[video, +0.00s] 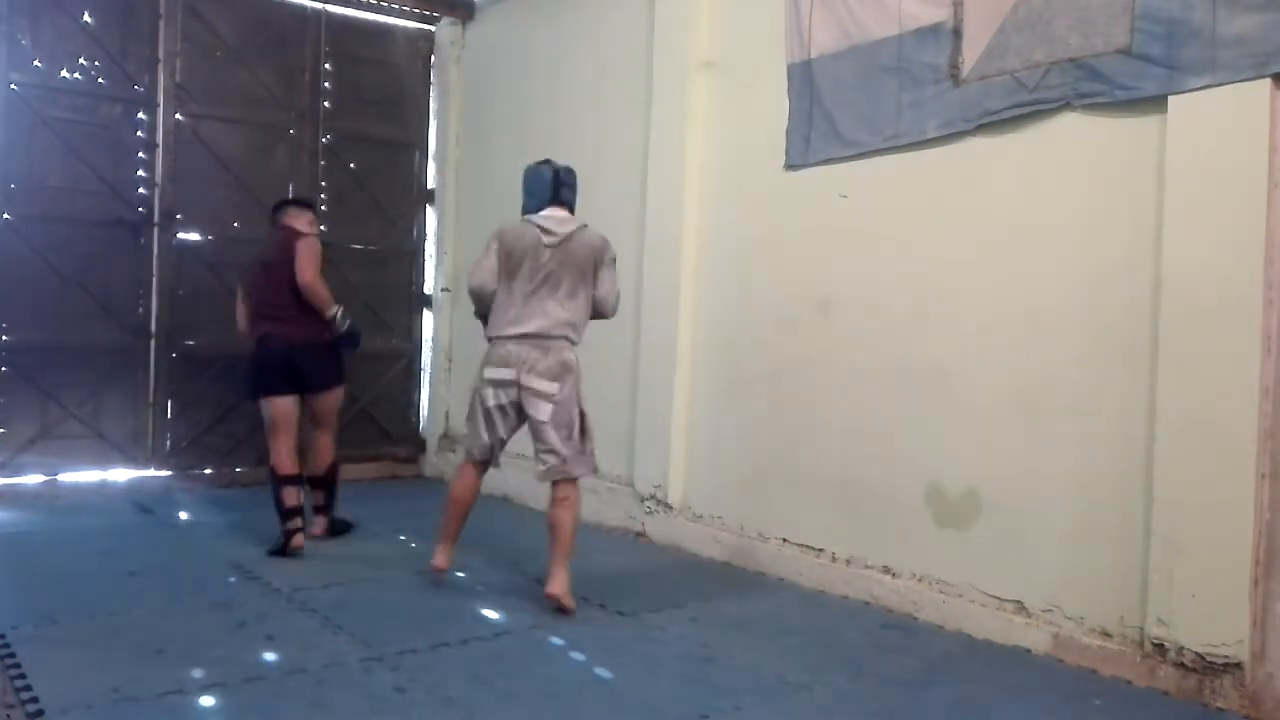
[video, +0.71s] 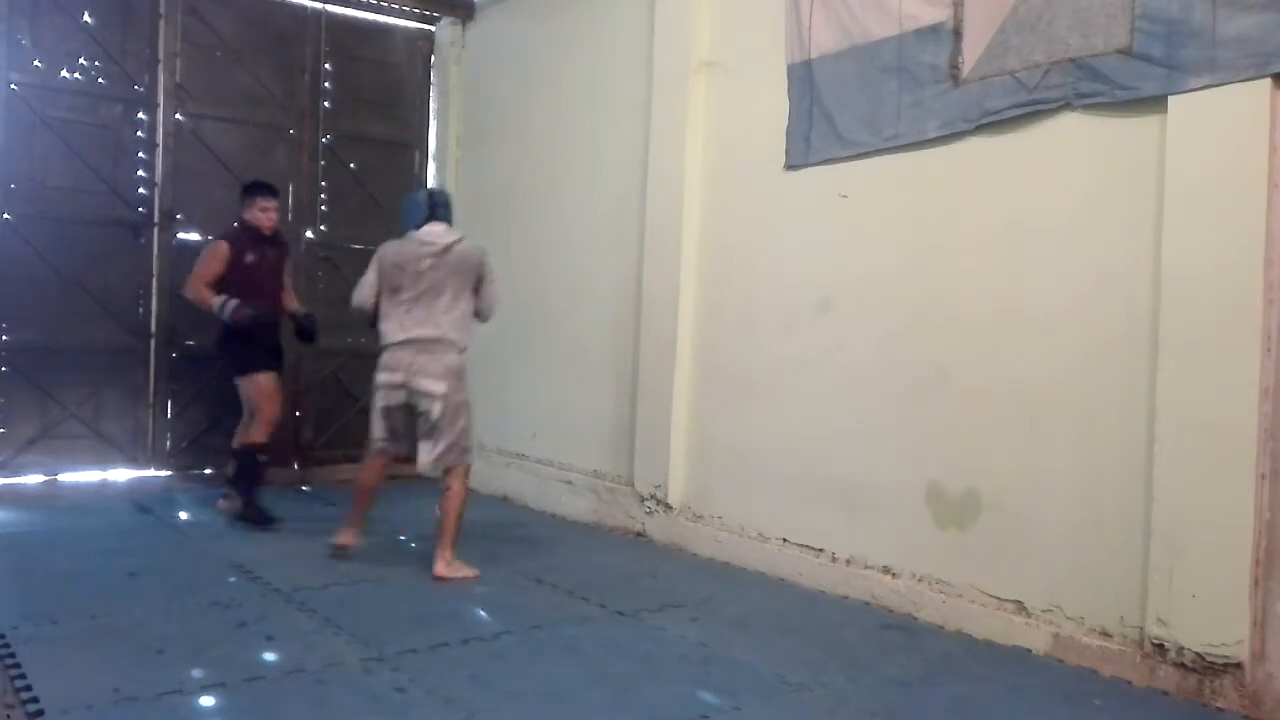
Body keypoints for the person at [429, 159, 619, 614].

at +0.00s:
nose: (527, 199)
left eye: (528, 191)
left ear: (531, 196)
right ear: (572, 197)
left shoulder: (508, 236)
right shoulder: (595, 243)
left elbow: (479, 285)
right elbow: (606, 305)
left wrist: (492, 315)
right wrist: (567, 303)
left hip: (502, 360)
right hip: (555, 366)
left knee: (475, 460)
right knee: (565, 476)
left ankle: (443, 551)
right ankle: (558, 577)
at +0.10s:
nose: (516, 217)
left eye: (517, 210)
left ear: (522, 212)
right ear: (564, 212)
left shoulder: (505, 253)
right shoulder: (593, 256)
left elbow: (481, 308)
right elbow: (612, 316)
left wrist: (484, 334)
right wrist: (571, 309)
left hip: (510, 380)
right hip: (565, 383)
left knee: (475, 468)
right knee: (583, 487)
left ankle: (445, 552)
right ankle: (593, 590)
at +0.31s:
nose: (479, 254)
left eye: (481, 248)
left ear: (487, 250)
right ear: (526, 248)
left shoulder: (477, 293)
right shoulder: (556, 289)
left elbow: (472, 348)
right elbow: (579, 346)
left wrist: (476, 388)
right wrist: (542, 337)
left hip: (496, 405)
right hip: (546, 404)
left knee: (471, 476)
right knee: (577, 497)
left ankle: (446, 562)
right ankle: (598, 595)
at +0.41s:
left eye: (459, 229)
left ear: (460, 233)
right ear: (499, 233)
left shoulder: (447, 274)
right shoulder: (524, 272)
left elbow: (431, 323)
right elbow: (550, 323)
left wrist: (449, 351)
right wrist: (515, 331)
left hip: (466, 386)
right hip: (516, 385)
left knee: (455, 475)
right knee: (542, 480)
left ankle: (443, 562)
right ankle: (574, 566)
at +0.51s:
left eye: (438, 212)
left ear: (441, 215)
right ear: (480, 214)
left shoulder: (421, 255)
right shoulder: (505, 252)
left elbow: (392, 294)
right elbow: (531, 301)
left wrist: (414, 324)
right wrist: (496, 297)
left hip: (441, 375)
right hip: (489, 374)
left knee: (439, 467)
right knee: (509, 470)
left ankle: (436, 554)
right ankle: (515, 555)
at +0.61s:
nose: (418, 206)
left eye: (422, 200)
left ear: (427, 204)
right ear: (463, 204)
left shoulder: (405, 240)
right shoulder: (489, 241)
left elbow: (374, 280)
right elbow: (514, 294)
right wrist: (480, 279)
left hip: (417, 356)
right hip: (466, 356)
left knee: (412, 452)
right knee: (475, 457)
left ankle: (407, 534)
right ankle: (468, 551)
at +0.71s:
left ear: (413, 216)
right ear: (449, 216)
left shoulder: (389, 252)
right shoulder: (472, 254)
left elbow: (362, 300)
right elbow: (484, 310)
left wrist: (394, 303)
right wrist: (451, 296)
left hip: (393, 367)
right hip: (442, 370)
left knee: (378, 451)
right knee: (455, 467)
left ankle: (351, 530)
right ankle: (444, 558)